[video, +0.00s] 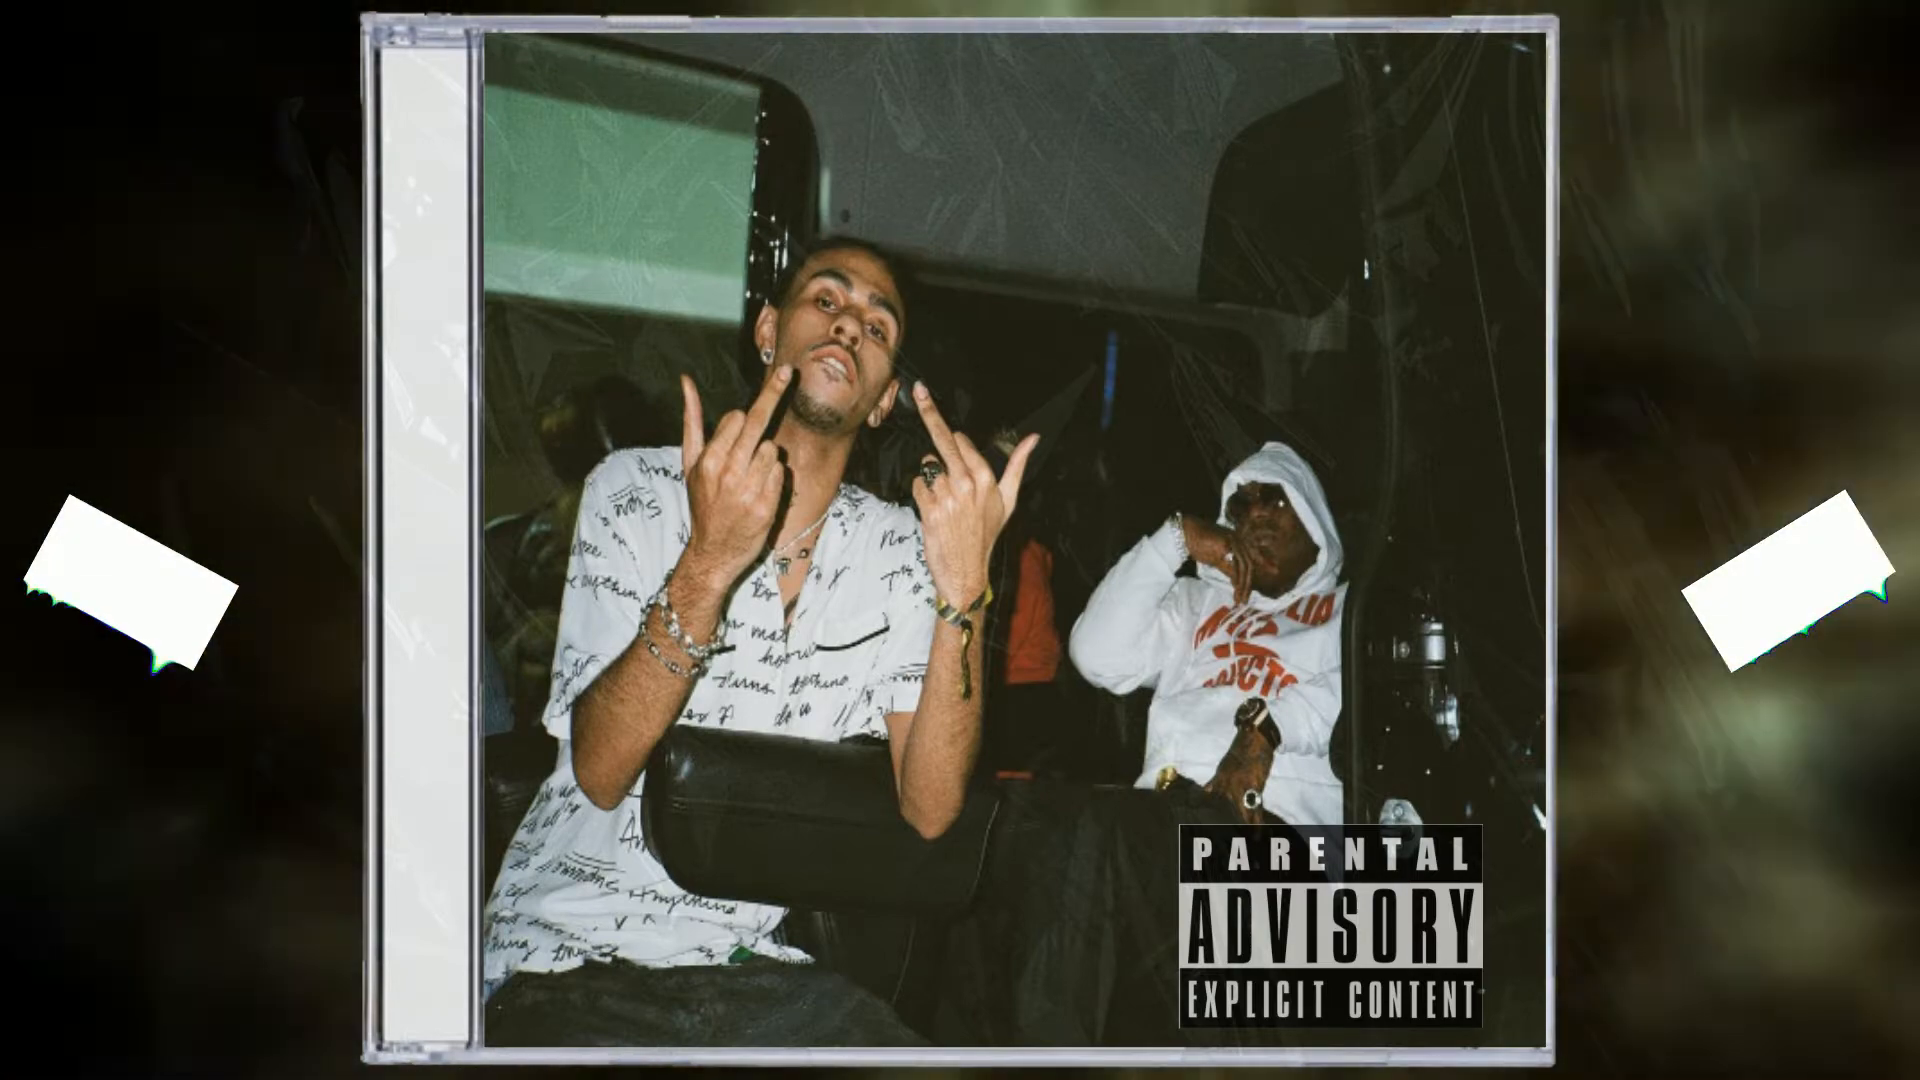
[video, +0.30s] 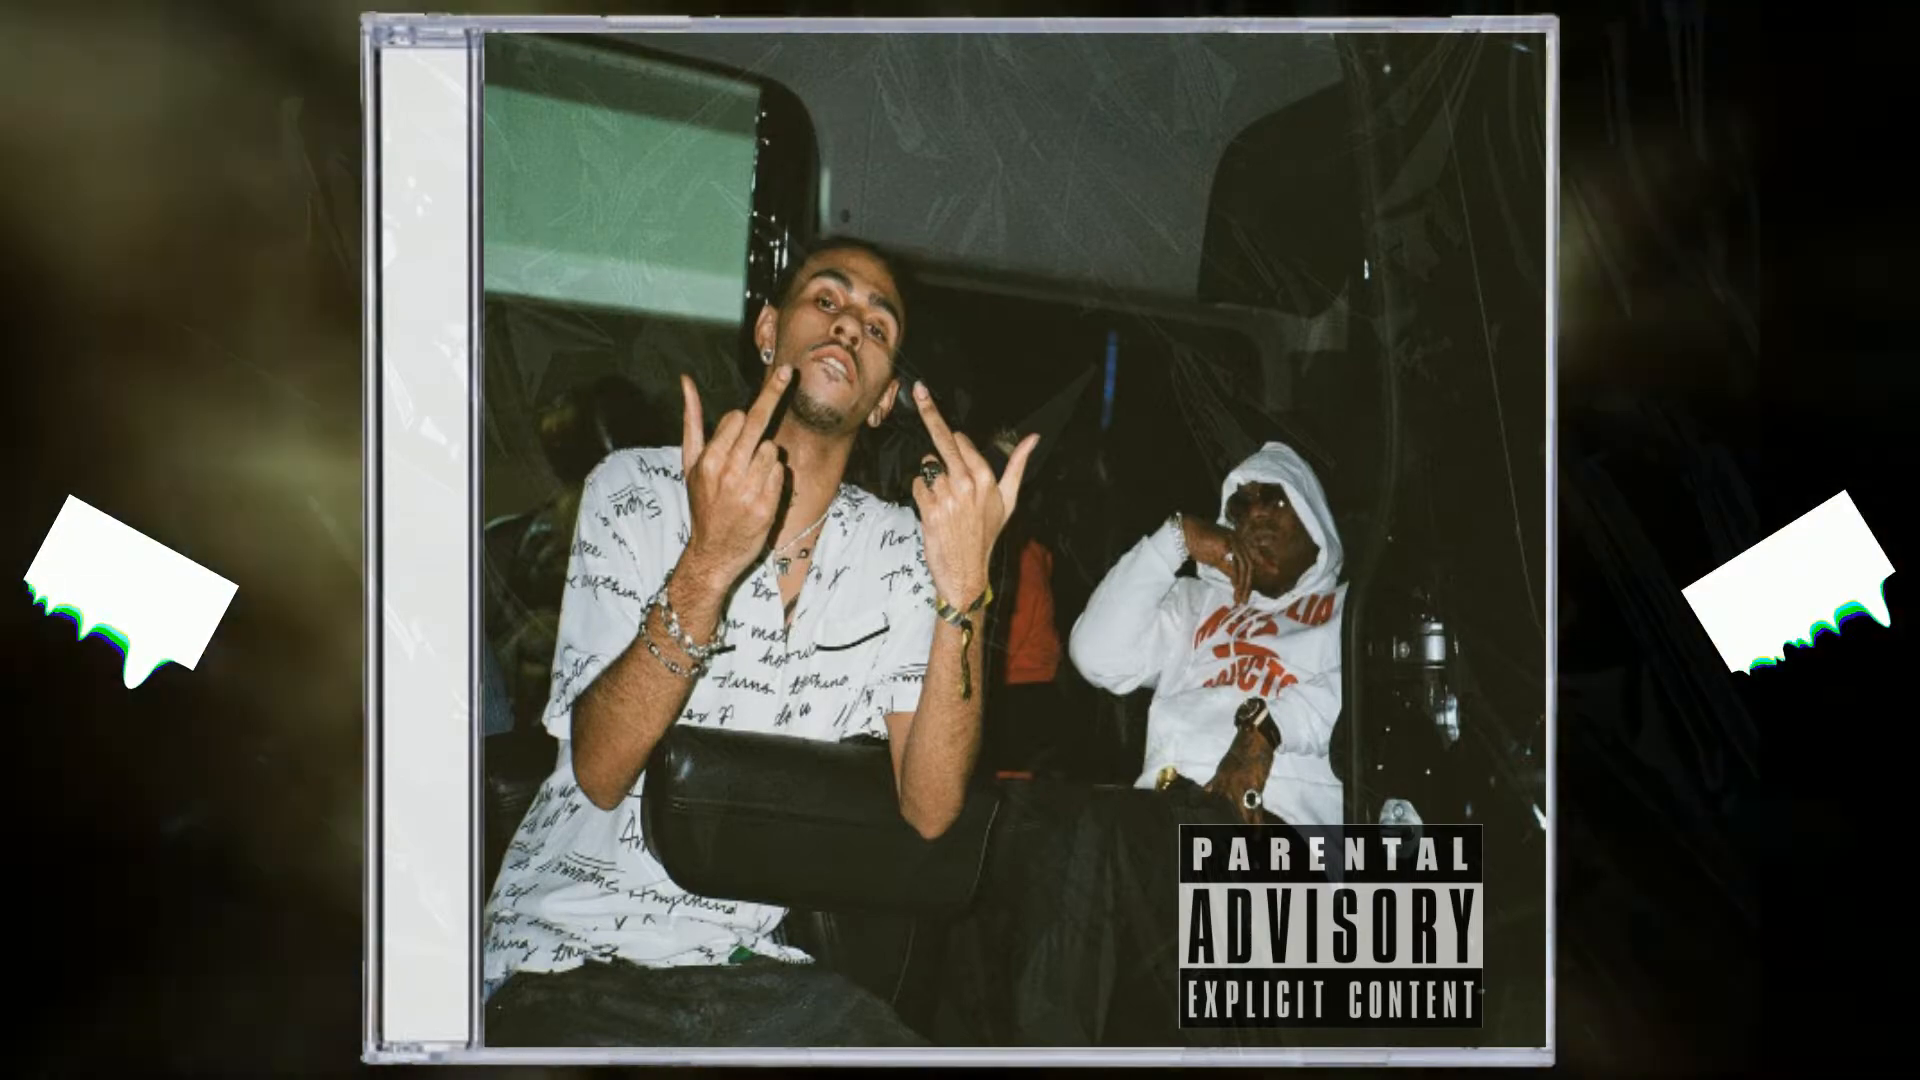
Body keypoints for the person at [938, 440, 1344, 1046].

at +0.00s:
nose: (1259, 516)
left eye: (1279, 501)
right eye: (1245, 502)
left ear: (1318, 523)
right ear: (1227, 524)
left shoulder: (1351, 606)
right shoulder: (1197, 602)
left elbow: (1357, 700)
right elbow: (1100, 658)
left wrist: (1269, 726)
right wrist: (1177, 539)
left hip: (1284, 815)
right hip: (1165, 805)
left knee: (1102, 825)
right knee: (1028, 810)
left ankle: (1052, 1052)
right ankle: (970, 1047)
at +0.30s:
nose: (1259, 517)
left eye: (1279, 501)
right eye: (1245, 502)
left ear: (1318, 522)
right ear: (1227, 523)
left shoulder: (1351, 606)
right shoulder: (1197, 601)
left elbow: (1357, 700)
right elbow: (1100, 658)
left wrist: (1270, 726)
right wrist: (1177, 539)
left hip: (1284, 816)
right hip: (1166, 806)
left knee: (1101, 824)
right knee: (1026, 810)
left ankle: (1053, 1052)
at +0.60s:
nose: (1259, 517)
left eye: (1279, 501)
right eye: (1245, 502)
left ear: (1318, 522)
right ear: (1227, 523)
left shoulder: (1351, 606)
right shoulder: (1197, 601)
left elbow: (1356, 700)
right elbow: (1100, 658)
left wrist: (1270, 726)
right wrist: (1177, 539)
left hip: (1285, 816)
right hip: (1166, 806)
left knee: (1101, 824)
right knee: (1026, 810)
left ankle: (1052, 1050)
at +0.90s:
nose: (1261, 516)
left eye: (1280, 500)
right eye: (1247, 501)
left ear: (1318, 521)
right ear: (1228, 522)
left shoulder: (1351, 608)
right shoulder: (1196, 601)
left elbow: (1357, 704)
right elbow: (1099, 658)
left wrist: (1266, 723)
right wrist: (1177, 539)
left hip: (1285, 817)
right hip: (1165, 807)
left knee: (1097, 825)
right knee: (1025, 812)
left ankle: (1052, 1051)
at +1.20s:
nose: (1261, 516)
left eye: (1280, 500)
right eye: (1247, 501)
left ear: (1318, 521)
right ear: (1228, 522)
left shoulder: (1351, 608)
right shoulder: (1196, 601)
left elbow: (1357, 704)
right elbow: (1099, 658)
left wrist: (1266, 723)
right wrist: (1177, 539)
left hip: (1286, 817)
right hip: (1165, 807)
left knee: (1097, 825)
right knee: (1025, 812)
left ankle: (1052, 1052)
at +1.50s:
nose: (1259, 517)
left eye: (1280, 501)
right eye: (1246, 502)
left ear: (1319, 521)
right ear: (1227, 523)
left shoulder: (1352, 606)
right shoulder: (1197, 601)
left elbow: (1355, 702)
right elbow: (1099, 658)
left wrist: (1269, 725)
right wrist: (1176, 539)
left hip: (1287, 817)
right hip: (1166, 808)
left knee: (1096, 826)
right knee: (1025, 812)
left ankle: (1051, 1052)